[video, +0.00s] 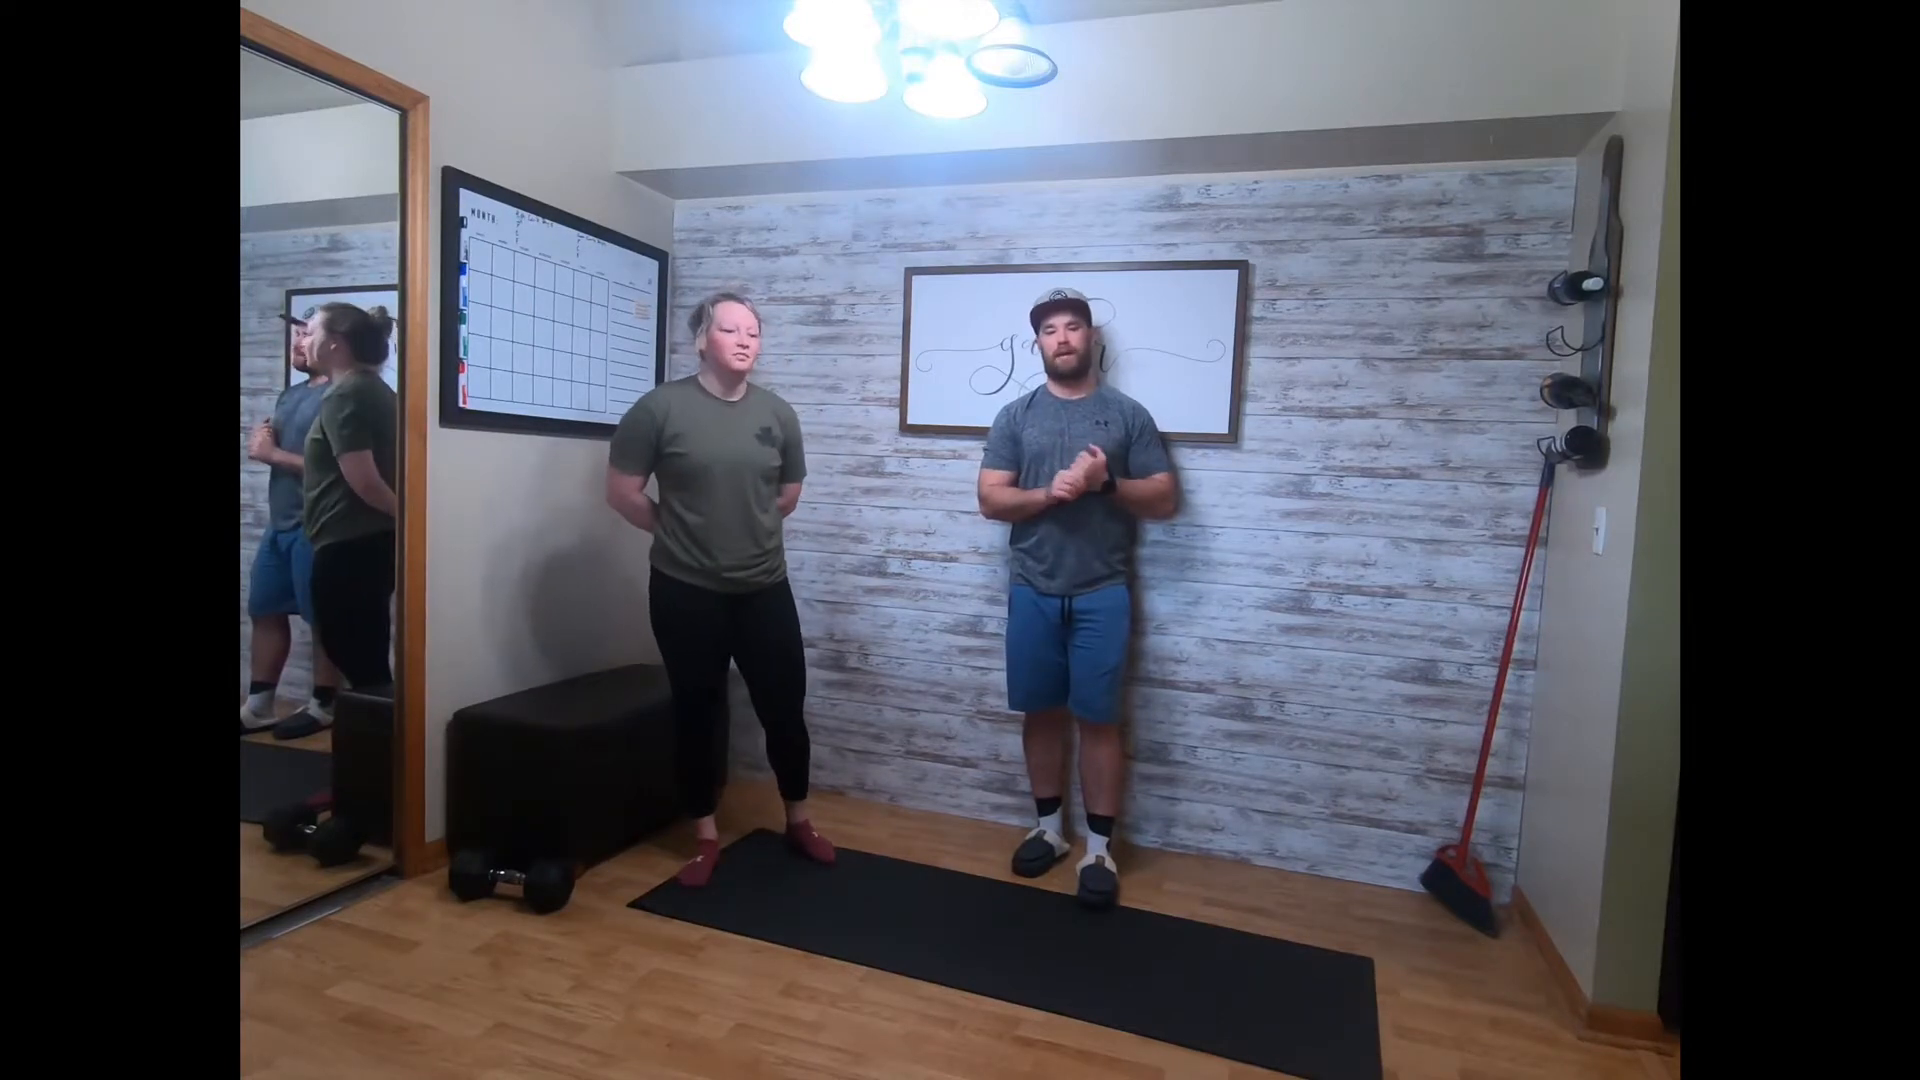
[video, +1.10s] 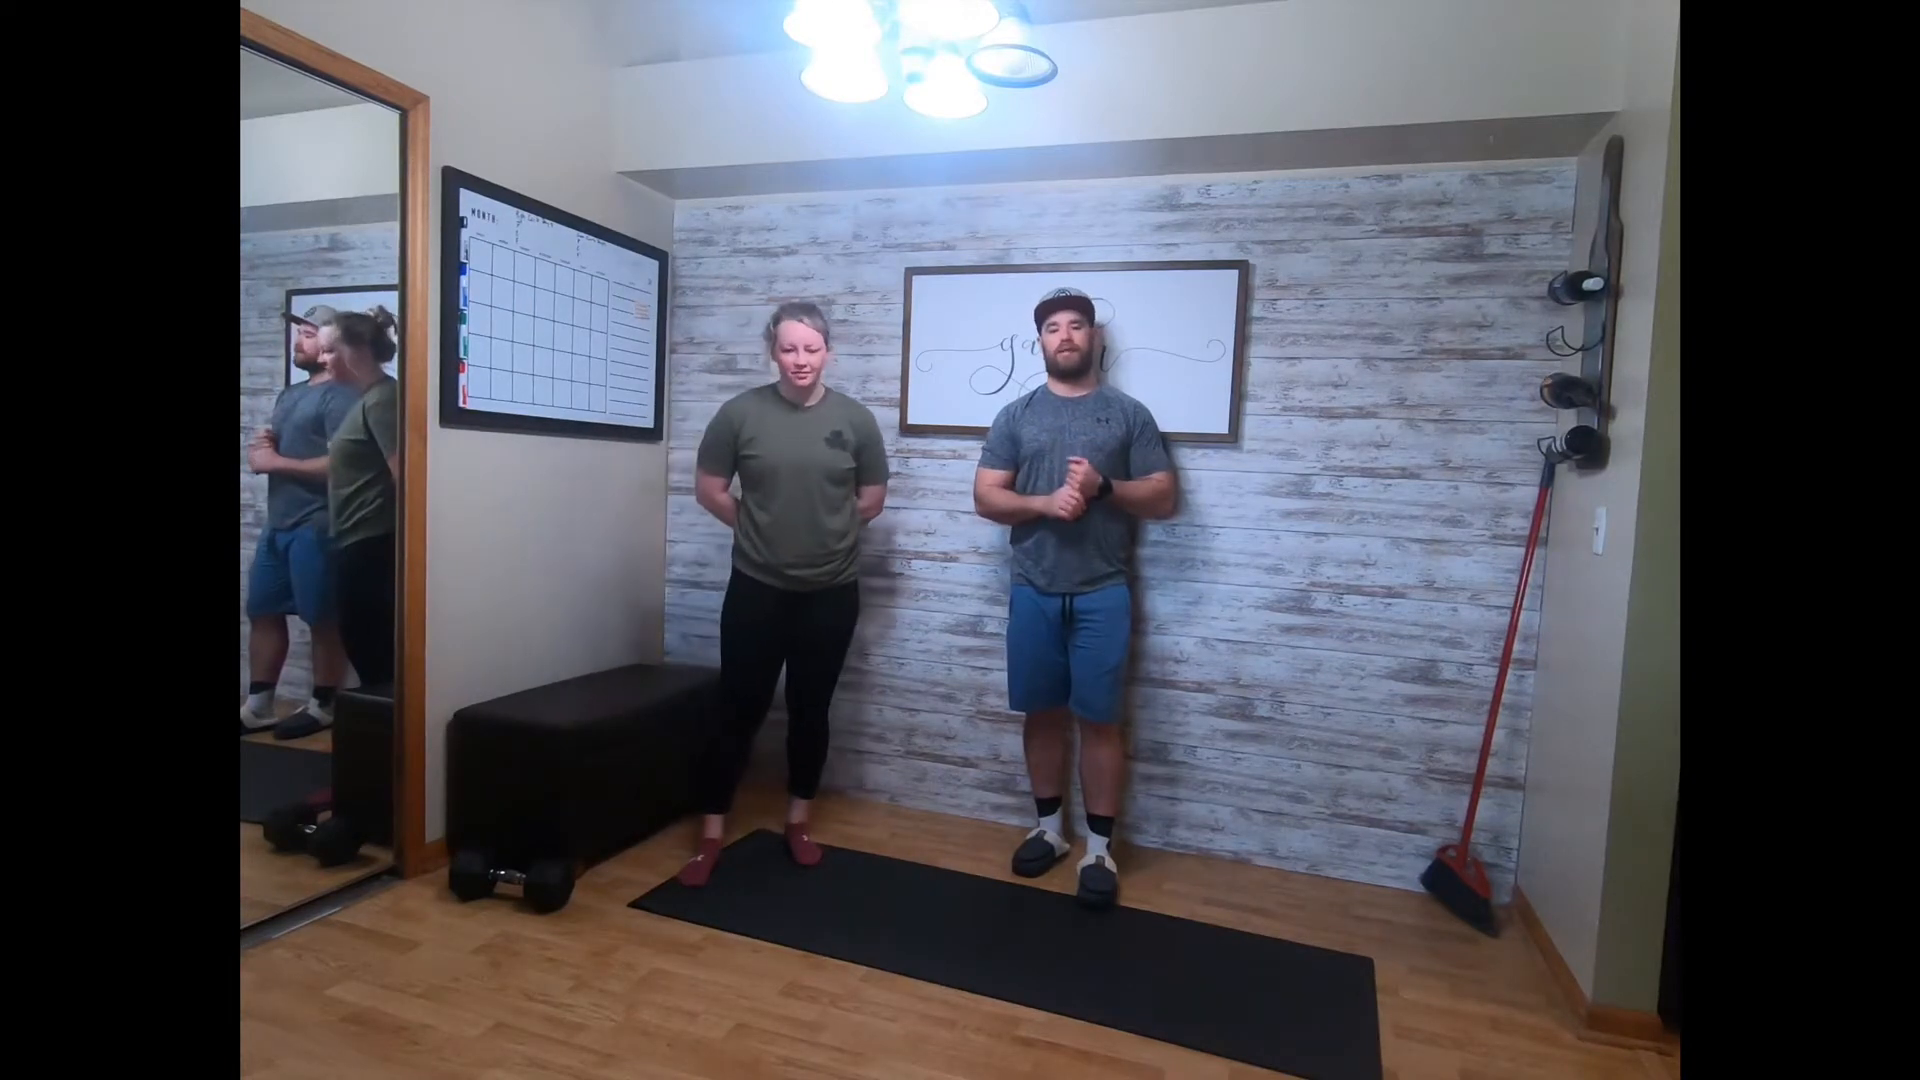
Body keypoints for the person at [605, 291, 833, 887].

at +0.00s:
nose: (744, 340)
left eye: (752, 333)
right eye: (731, 330)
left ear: (760, 346)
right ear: (702, 340)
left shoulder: (777, 414)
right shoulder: (661, 408)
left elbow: (787, 496)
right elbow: (622, 494)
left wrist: (738, 526)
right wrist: (679, 529)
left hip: (763, 588)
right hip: (685, 588)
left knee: (786, 709)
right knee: (698, 713)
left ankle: (800, 823)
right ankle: (707, 839)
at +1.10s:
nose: (801, 359)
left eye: (811, 349)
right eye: (790, 349)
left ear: (827, 353)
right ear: (773, 354)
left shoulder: (856, 420)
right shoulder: (740, 413)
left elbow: (872, 499)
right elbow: (710, 489)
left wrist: (818, 525)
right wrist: (762, 526)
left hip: (829, 591)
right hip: (756, 587)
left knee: (810, 710)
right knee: (737, 709)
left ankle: (797, 824)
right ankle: (711, 834)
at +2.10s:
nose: (777, 354)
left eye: (789, 344)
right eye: (767, 344)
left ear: (812, 350)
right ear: (757, 349)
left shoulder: (842, 416)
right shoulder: (727, 407)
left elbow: (861, 501)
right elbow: (695, 482)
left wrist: (809, 530)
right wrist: (744, 522)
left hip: (811, 590)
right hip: (736, 586)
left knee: (799, 709)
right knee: (727, 709)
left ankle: (797, 822)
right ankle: (715, 834)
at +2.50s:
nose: (779, 343)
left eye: (789, 334)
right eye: (768, 334)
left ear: (803, 342)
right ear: (747, 341)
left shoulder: (824, 417)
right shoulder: (706, 404)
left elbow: (831, 501)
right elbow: (665, 483)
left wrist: (780, 524)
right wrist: (719, 523)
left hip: (794, 591)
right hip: (718, 586)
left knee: (789, 711)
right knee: (718, 714)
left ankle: (795, 822)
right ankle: (714, 835)